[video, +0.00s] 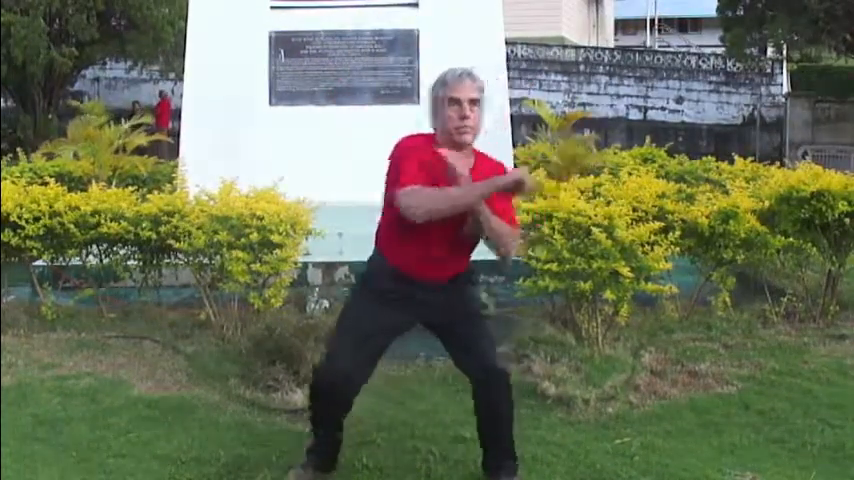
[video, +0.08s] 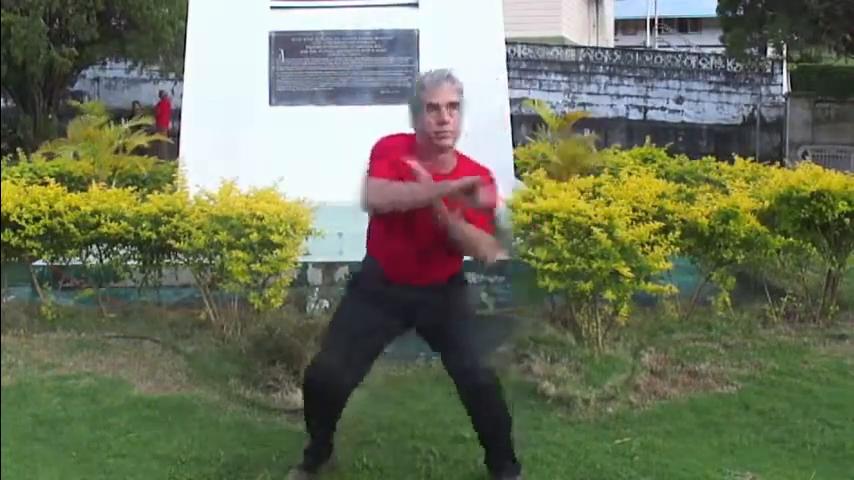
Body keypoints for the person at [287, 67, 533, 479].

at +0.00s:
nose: (464, 113)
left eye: (473, 105)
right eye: (453, 104)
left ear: (482, 114)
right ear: (435, 111)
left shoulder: (495, 172)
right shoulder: (412, 150)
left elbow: (507, 246)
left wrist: (473, 196)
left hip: (450, 293)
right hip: (387, 287)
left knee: (492, 376)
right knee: (333, 379)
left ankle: (501, 471)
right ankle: (321, 458)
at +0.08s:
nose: (443, 118)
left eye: (452, 108)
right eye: (432, 109)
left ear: (461, 114)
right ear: (415, 116)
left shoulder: (476, 176)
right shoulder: (392, 151)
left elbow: (487, 250)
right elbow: (375, 198)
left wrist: (448, 218)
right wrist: (454, 186)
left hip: (443, 294)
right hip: (379, 288)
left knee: (477, 381)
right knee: (324, 378)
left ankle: (504, 468)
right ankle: (318, 451)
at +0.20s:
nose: (393, 134)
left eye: (403, 122)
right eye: (382, 125)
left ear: (418, 126)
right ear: (370, 130)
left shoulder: (441, 192)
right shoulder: (354, 168)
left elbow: (461, 273)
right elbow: (297, 165)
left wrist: (402, 281)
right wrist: (346, 151)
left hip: (413, 301)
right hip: (360, 295)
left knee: (435, 406)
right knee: (307, 377)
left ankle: (526, 462)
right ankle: (316, 460)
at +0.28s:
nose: (373, 141)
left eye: (383, 130)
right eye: (364, 132)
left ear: (400, 132)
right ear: (354, 135)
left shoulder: (422, 198)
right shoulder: (347, 161)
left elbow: (443, 286)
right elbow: (278, 164)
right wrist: (310, 133)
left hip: (402, 310)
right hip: (351, 301)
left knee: (423, 414)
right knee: (295, 372)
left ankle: (526, 462)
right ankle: (316, 460)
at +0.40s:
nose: (348, 156)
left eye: (357, 145)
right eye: (339, 146)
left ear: (378, 145)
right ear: (330, 148)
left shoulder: (404, 208)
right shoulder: (326, 175)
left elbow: (423, 300)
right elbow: (267, 188)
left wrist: (372, 367)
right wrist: (266, 136)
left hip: (391, 320)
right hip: (342, 311)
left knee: (420, 424)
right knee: (285, 370)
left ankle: (525, 461)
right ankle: (313, 459)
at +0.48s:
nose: (343, 160)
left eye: (353, 149)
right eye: (334, 150)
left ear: (375, 147)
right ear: (326, 150)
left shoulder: (402, 210)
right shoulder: (321, 181)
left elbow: (416, 302)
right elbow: (263, 207)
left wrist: (343, 339)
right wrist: (247, 158)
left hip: (389, 321)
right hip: (338, 314)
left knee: (416, 425)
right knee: (282, 370)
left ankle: (525, 463)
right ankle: (315, 462)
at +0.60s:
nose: (337, 170)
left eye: (346, 159)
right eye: (329, 160)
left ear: (369, 156)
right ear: (321, 157)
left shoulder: (401, 211)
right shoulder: (309, 191)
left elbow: (384, 297)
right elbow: (281, 242)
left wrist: (324, 255)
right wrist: (265, 267)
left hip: (390, 320)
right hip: (332, 315)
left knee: (411, 403)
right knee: (289, 382)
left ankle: (502, 457)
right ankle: (317, 462)